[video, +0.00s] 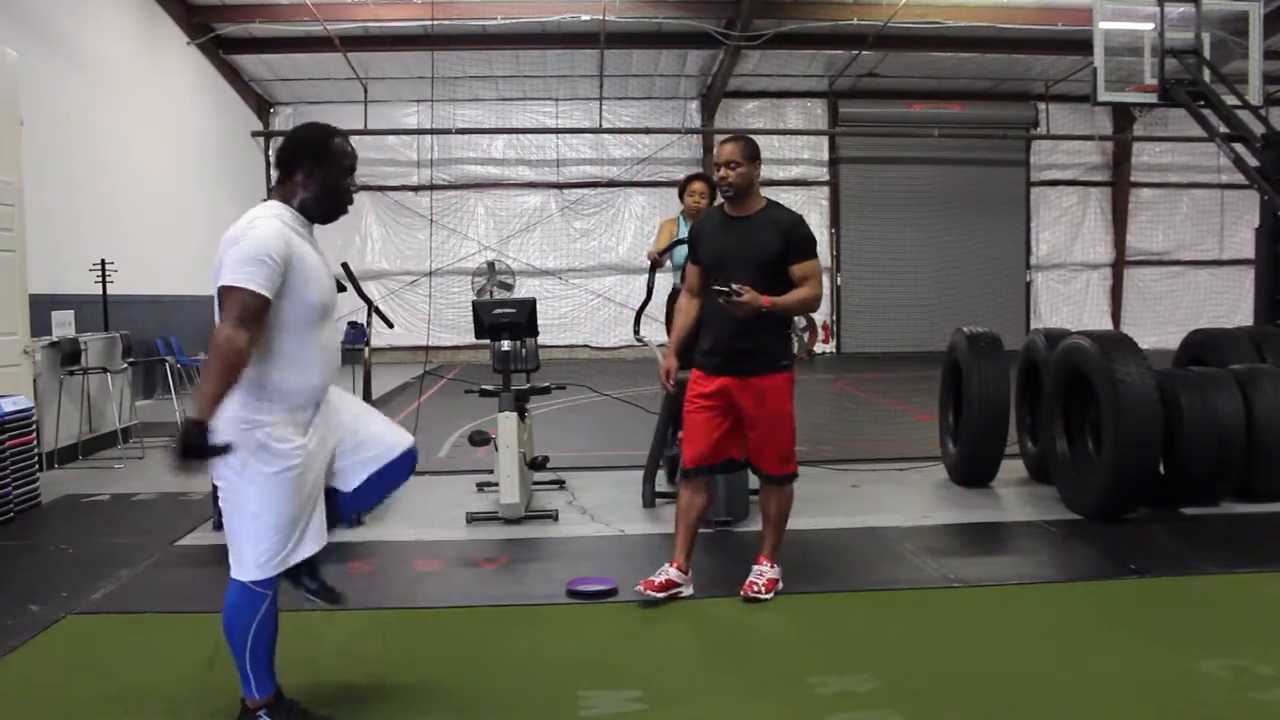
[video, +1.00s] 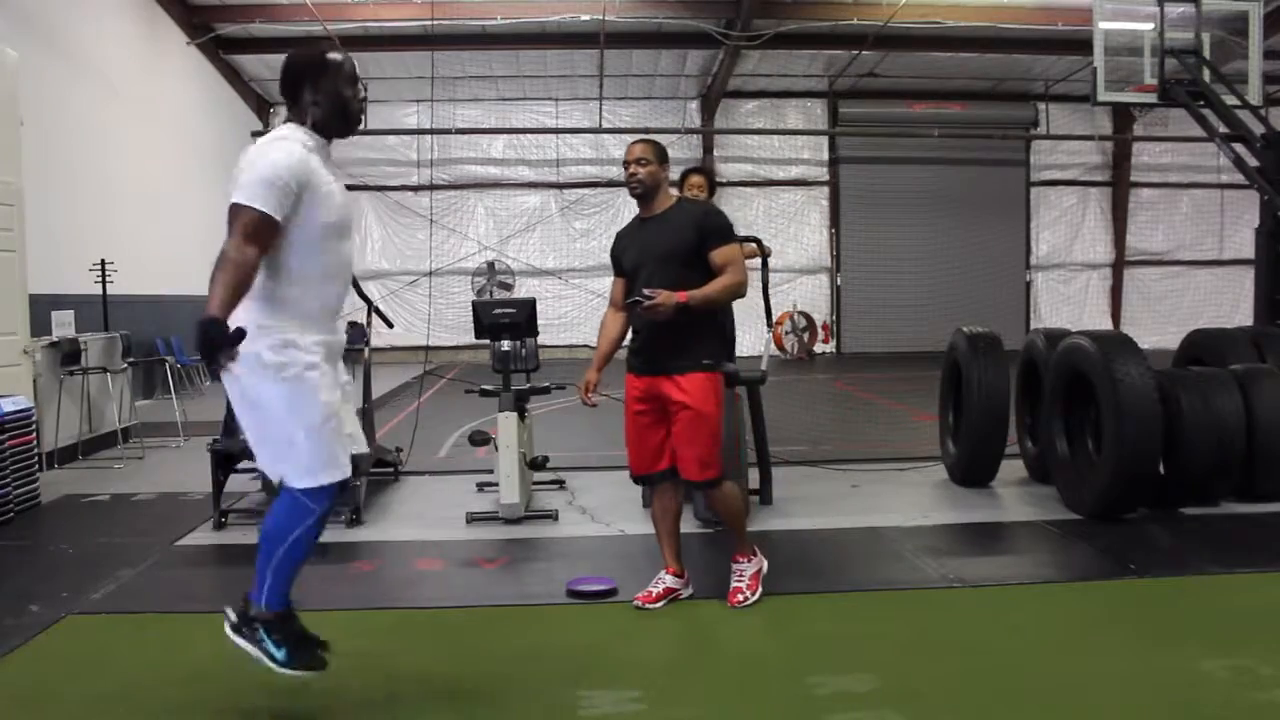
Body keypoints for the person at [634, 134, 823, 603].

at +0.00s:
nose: (725, 173)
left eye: (734, 165)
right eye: (719, 166)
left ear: (757, 169)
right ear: (714, 172)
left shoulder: (788, 226)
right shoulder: (704, 227)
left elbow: (812, 294)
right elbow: (690, 293)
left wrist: (766, 302)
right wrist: (672, 348)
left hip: (767, 372)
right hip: (709, 370)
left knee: (775, 472)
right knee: (693, 467)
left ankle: (767, 563)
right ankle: (678, 567)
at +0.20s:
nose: (711, 171)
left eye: (721, 163)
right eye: (707, 164)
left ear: (745, 169)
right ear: (703, 171)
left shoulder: (777, 226)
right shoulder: (693, 227)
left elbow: (801, 293)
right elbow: (682, 293)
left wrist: (751, 302)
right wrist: (666, 351)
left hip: (758, 373)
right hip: (699, 372)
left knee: (769, 471)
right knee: (684, 468)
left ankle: (767, 563)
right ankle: (677, 569)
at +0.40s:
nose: (692, 169)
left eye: (702, 161)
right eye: (687, 163)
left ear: (726, 169)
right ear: (684, 172)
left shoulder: (759, 224)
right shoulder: (676, 229)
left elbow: (785, 290)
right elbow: (667, 301)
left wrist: (733, 302)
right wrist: (652, 362)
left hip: (742, 374)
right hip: (683, 373)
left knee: (757, 472)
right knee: (671, 469)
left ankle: (765, 563)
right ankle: (676, 571)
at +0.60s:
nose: (669, 169)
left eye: (679, 161)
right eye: (664, 162)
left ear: (702, 167)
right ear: (660, 171)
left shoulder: (735, 221)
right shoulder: (654, 233)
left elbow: (764, 285)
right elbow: (646, 303)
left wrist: (713, 299)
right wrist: (630, 365)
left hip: (722, 373)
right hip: (664, 374)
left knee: (745, 474)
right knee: (666, 474)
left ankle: (762, 564)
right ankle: (674, 571)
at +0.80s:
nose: (648, 170)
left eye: (657, 162)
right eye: (642, 164)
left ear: (679, 168)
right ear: (638, 174)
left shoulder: (715, 217)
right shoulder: (635, 236)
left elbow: (748, 282)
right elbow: (627, 306)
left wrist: (696, 296)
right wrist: (608, 364)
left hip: (706, 372)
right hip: (653, 374)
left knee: (723, 475)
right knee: (663, 475)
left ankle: (755, 555)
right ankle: (674, 572)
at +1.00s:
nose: (632, 171)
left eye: (641, 163)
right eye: (627, 165)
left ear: (665, 169)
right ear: (624, 175)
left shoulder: (703, 217)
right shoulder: (626, 238)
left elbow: (737, 278)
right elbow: (618, 308)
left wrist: (683, 298)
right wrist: (596, 365)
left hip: (698, 369)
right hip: (646, 372)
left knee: (702, 474)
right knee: (659, 474)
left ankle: (747, 556)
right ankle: (673, 573)